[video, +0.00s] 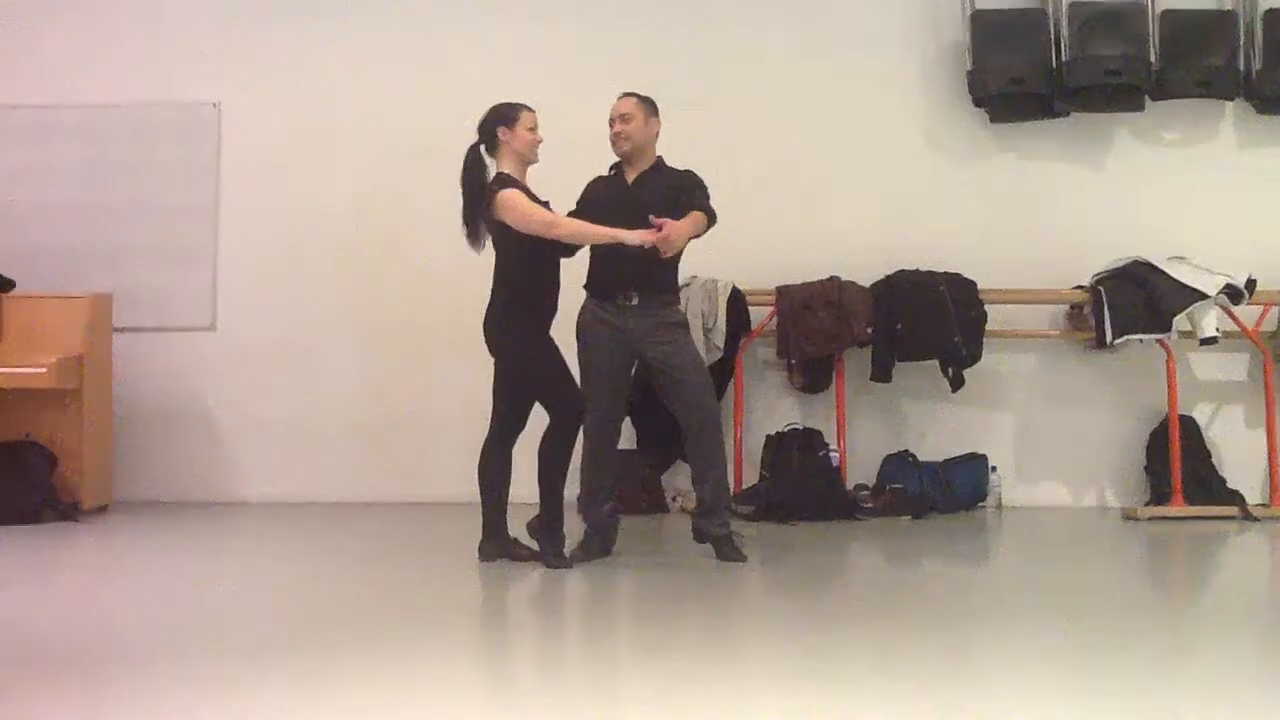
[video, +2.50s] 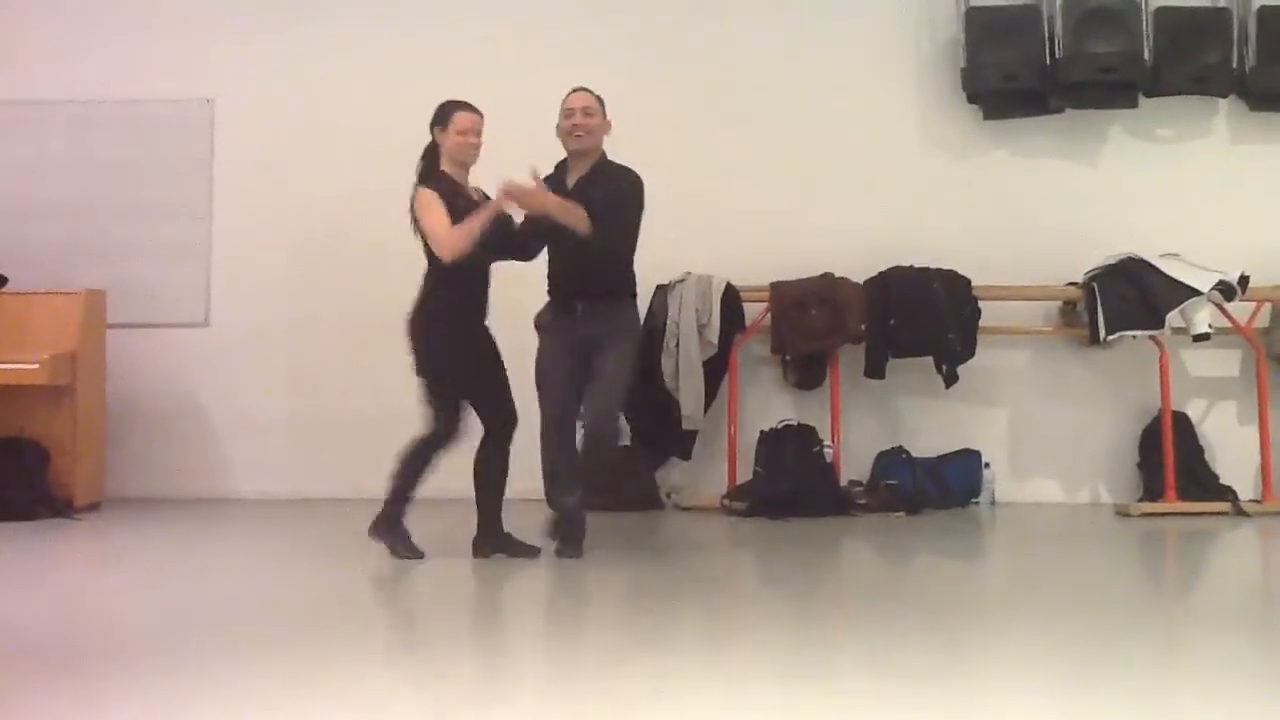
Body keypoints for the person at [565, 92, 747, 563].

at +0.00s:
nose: (615, 128)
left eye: (625, 119)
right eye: (612, 122)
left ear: (654, 126)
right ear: (611, 133)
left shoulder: (682, 182)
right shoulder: (598, 190)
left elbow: (704, 213)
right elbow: (568, 242)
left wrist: (683, 229)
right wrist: (525, 229)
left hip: (661, 319)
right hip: (603, 319)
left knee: (702, 411)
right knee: (600, 420)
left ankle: (714, 523)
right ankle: (598, 530)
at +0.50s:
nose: (615, 129)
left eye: (625, 120)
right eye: (611, 123)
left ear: (654, 126)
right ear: (610, 133)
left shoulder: (682, 182)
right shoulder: (598, 190)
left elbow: (702, 214)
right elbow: (568, 244)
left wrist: (681, 229)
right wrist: (525, 227)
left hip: (661, 320)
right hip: (603, 320)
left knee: (703, 412)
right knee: (601, 422)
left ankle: (715, 524)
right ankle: (598, 531)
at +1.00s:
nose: (619, 124)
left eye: (629, 116)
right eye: (611, 118)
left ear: (651, 124)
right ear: (604, 129)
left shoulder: (680, 178)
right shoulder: (593, 186)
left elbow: (698, 215)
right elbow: (566, 236)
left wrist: (674, 232)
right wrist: (522, 230)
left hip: (662, 318)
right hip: (604, 317)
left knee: (701, 412)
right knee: (600, 421)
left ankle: (714, 523)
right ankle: (598, 528)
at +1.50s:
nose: (628, 118)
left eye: (638, 110)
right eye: (619, 112)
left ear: (657, 118)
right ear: (609, 124)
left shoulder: (684, 174)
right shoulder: (598, 182)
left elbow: (723, 208)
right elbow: (570, 235)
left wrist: (688, 211)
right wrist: (523, 224)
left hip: (669, 314)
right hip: (610, 315)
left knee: (706, 407)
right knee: (605, 419)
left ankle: (717, 519)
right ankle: (601, 525)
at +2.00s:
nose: (601, 115)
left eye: (611, 108)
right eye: (592, 109)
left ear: (630, 117)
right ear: (580, 122)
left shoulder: (654, 170)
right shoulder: (571, 176)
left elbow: (701, 217)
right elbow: (530, 206)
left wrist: (678, 167)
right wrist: (490, 196)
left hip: (652, 315)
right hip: (594, 318)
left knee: (683, 414)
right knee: (578, 422)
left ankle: (704, 520)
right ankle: (572, 529)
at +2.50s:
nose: (576, 120)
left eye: (587, 113)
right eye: (568, 114)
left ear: (606, 126)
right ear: (558, 128)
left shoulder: (625, 183)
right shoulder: (550, 187)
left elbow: (615, 241)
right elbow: (525, 245)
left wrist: (548, 206)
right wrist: (484, 228)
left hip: (615, 319)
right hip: (562, 319)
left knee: (600, 415)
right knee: (556, 417)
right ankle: (567, 519)